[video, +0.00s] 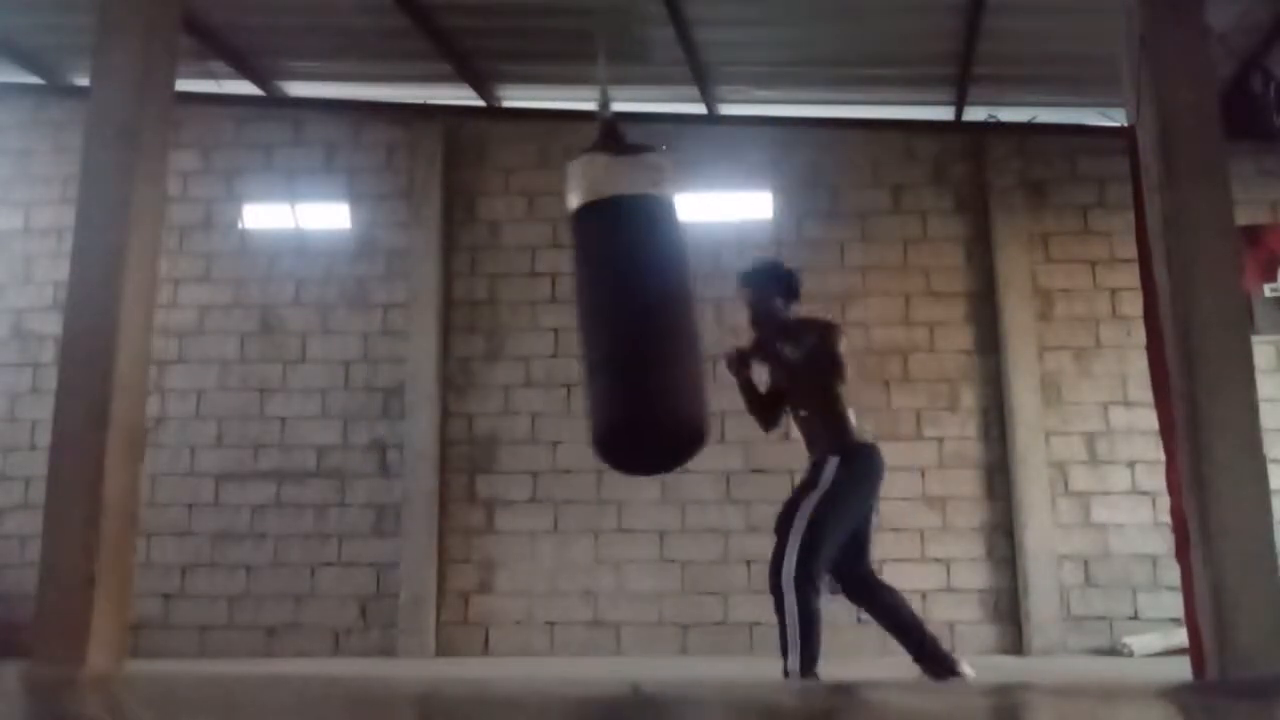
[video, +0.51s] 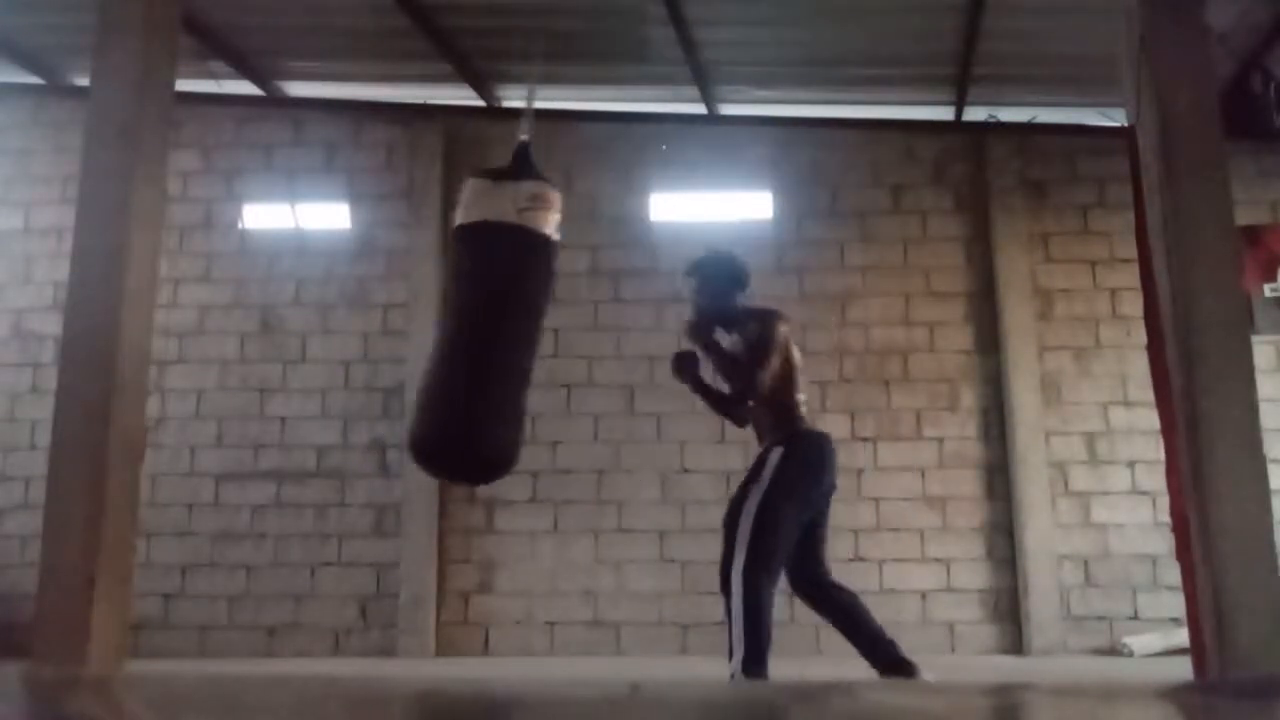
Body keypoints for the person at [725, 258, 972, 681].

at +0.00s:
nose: (749, 310)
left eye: (755, 300)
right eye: (747, 301)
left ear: (778, 299)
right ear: (761, 302)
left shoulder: (814, 332)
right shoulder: (773, 350)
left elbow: (828, 375)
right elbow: (767, 416)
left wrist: (774, 348)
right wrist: (742, 377)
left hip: (842, 464)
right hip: (850, 464)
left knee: (791, 570)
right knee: (854, 576)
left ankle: (800, 685)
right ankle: (945, 670)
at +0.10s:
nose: (738, 293)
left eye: (743, 282)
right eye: (736, 282)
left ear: (767, 281)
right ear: (768, 285)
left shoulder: (806, 314)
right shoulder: (772, 334)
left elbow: (816, 365)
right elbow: (757, 398)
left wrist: (764, 334)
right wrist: (733, 350)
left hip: (830, 447)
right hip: (840, 447)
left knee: (790, 561)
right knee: (832, 566)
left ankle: (796, 672)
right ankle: (921, 660)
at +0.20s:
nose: (737, 288)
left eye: (744, 277)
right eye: (736, 278)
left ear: (770, 277)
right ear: (747, 282)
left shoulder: (805, 308)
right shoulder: (768, 330)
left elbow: (814, 356)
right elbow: (749, 390)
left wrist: (756, 329)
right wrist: (731, 341)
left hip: (822, 440)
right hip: (838, 440)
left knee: (774, 546)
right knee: (826, 561)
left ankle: (784, 669)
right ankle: (901, 666)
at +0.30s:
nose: (730, 294)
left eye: (737, 284)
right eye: (731, 284)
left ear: (758, 286)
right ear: (753, 288)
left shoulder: (801, 323)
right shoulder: (762, 339)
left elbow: (810, 369)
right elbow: (740, 400)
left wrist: (751, 339)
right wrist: (722, 351)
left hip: (817, 454)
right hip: (829, 456)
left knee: (763, 556)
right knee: (837, 582)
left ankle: (756, 678)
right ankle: (913, 677)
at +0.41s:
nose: (716, 303)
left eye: (724, 293)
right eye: (716, 293)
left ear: (746, 296)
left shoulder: (787, 332)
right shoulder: (741, 348)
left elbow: (792, 397)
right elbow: (735, 416)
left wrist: (739, 359)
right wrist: (706, 366)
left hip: (809, 462)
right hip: (816, 464)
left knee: (752, 568)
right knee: (831, 585)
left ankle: (751, 686)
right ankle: (909, 675)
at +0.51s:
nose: (692, 298)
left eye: (699, 287)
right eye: (692, 288)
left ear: (722, 288)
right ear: (728, 290)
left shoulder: (765, 323)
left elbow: (751, 386)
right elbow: (738, 411)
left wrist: (705, 338)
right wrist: (695, 382)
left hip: (791, 453)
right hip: (807, 452)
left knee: (744, 565)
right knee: (809, 578)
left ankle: (748, 680)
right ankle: (896, 669)